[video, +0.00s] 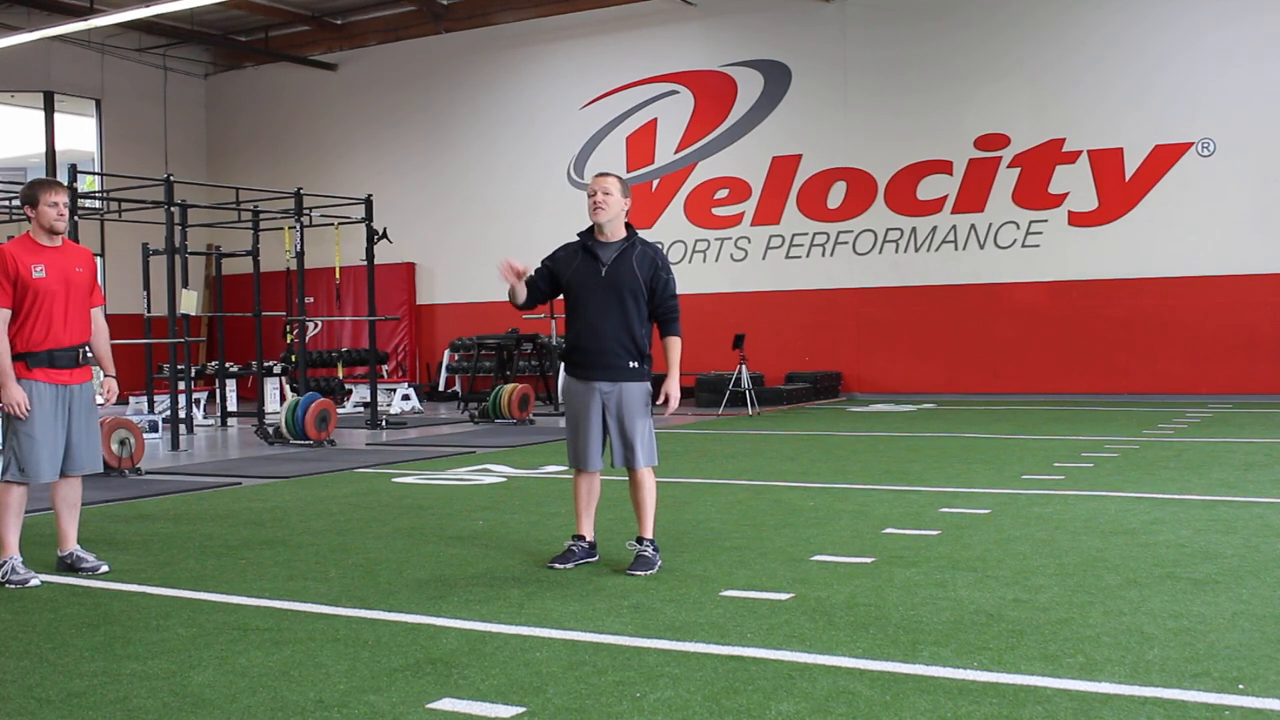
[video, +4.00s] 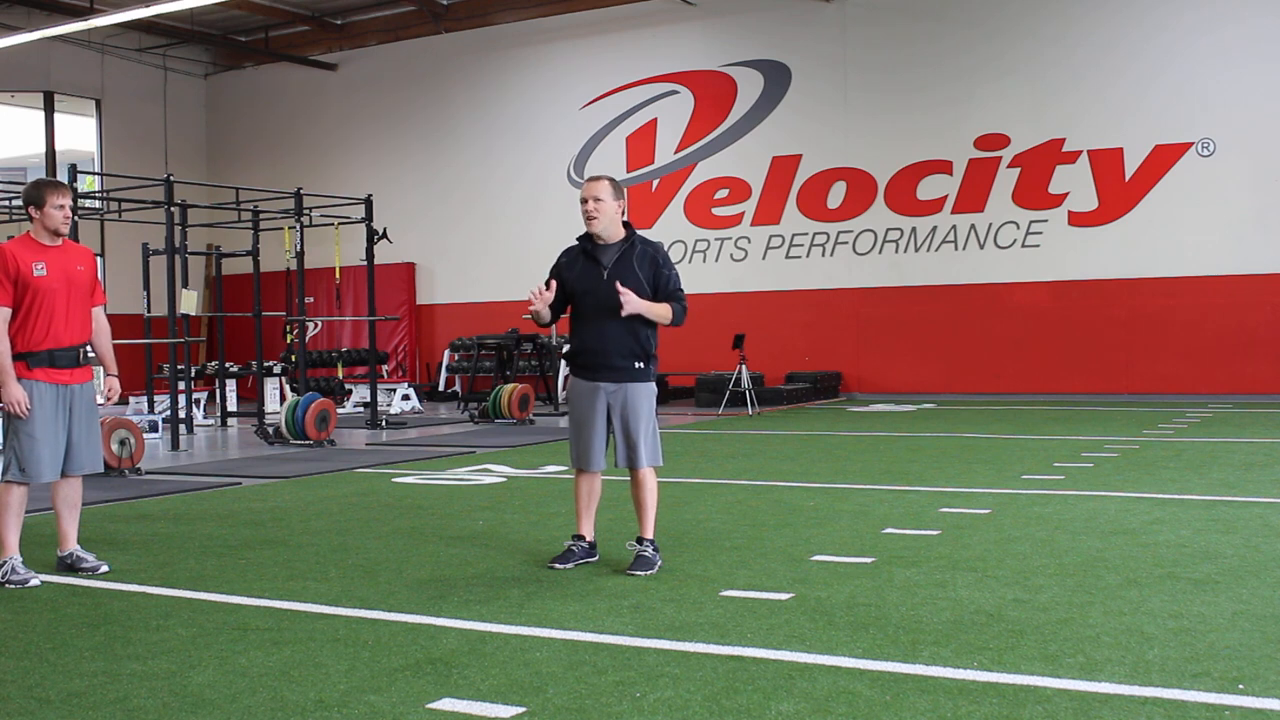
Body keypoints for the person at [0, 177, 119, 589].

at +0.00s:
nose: (62, 212)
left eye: (66, 205)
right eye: (53, 205)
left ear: (69, 211)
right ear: (30, 211)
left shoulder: (84, 257)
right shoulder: (11, 255)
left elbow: (96, 320)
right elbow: (0, 326)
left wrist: (109, 371)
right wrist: (7, 382)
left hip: (77, 377)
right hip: (30, 378)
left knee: (72, 467)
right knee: (18, 473)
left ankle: (69, 551)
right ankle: (10, 559)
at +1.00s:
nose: (64, 211)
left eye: (66, 205)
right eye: (55, 205)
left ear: (68, 211)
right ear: (31, 211)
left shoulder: (83, 257)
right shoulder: (10, 255)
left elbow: (95, 319)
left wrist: (109, 371)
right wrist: (6, 381)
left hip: (76, 377)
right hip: (29, 378)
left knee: (72, 466)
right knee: (18, 473)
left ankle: (69, 551)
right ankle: (10, 559)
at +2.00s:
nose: (66, 213)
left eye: (68, 206)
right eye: (57, 206)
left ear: (69, 211)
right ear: (33, 211)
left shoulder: (84, 257)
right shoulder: (11, 255)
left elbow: (96, 319)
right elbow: (0, 326)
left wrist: (110, 371)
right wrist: (6, 381)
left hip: (77, 376)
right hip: (29, 378)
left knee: (72, 466)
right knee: (18, 473)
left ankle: (69, 551)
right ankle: (10, 560)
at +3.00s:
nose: (67, 213)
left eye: (69, 206)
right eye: (58, 206)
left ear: (71, 210)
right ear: (34, 211)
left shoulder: (84, 257)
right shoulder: (11, 255)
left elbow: (96, 319)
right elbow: (0, 326)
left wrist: (109, 371)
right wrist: (8, 382)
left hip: (77, 377)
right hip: (30, 378)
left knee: (72, 466)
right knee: (19, 473)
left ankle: (69, 551)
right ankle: (9, 559)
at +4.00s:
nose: (67, 214)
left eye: (69, 207)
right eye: (58, 207)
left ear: (71, 211)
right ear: (34, 211)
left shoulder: (85, 257)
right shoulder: (11, 254)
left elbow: (97, 319)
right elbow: (1, 325)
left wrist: (111, 370)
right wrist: (7, 381)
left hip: (77, 377)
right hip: (30, 378)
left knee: (72, 466)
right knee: (19, 473)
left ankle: (69, 551)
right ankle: (10, 559)